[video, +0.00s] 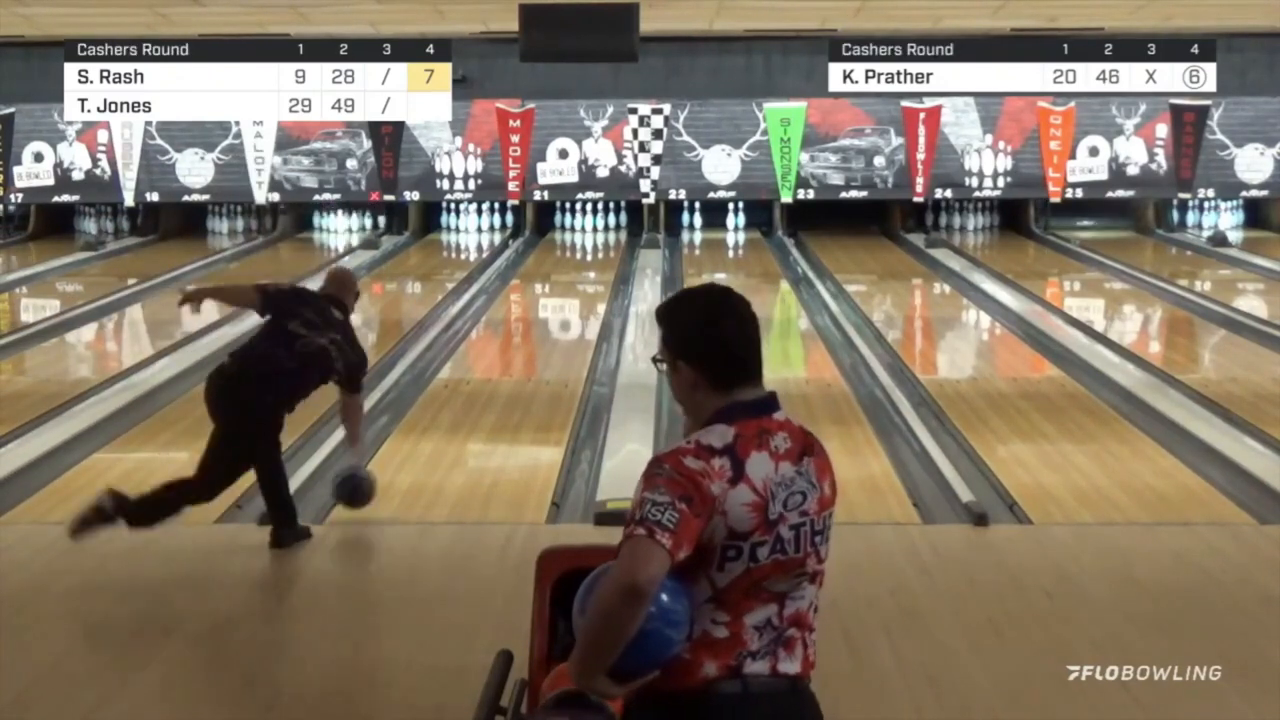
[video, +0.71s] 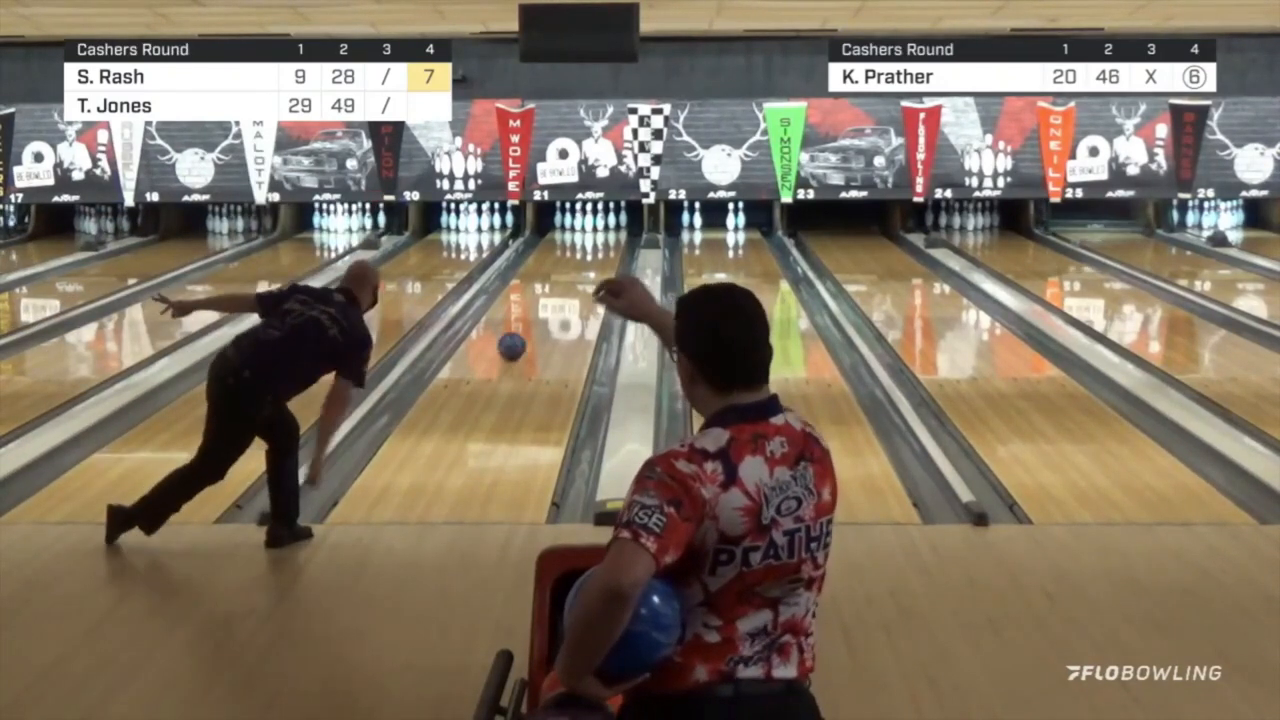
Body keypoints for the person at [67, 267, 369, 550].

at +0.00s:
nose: (355, 299)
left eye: (347, 291)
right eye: (355, 295)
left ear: (324, 287)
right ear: (352, 299)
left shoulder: (296, 297)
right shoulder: (350, 350)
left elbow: (248, 295)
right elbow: (351, 407)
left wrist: (205, 292)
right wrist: (356, 444)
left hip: (221, 385)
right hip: (257, 410)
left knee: (267, 450)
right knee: (205, 486)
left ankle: (285, 529)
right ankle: (122, 508)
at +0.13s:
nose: (358, 301)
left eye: (350, 296)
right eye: (359, 300)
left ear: (329, 297)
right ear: (359, 312)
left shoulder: (302, 302)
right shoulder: (359, 342)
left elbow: (271, 283)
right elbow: (377, 316)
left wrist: (241, 257)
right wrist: (378, 266)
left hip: (222, 381)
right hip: (248, 412)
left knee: (274, 433)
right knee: (188, 477)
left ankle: (285, 525)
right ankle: (100, 447)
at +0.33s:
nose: (378, 297)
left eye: (374, 291)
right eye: (375, 293)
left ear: (343, 292)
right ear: (363, 299)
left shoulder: (303, 298)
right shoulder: (363, 330)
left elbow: (248, 283)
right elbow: (410, 332)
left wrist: (199, 264)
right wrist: (421, 284)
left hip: (226, 372)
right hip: (247, 392)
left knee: (281, 430)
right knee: (202, 473)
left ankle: (282, 526)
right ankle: (104, 470)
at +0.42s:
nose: (375, 301)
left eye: (374, 296)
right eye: (375, 296)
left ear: (341, 289)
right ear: (367, 297)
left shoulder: (301, 297)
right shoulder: (359, 328)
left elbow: (240, 291)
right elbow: (408, 363)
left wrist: (181, 280)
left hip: (225, 372)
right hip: (248, 390)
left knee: (285, 431)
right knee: (206, 471)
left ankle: (283, 526)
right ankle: (120, 511)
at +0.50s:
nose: (373, 301)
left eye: (372, 295)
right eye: (374, 296)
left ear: (341, 287)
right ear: (367, 296)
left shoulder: (301, 297)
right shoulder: (358, 331)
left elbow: (240, 298)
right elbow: (391, 383)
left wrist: (181, 292)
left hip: (224, 373)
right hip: (246, 390)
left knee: (286, 431)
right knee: (211, 471)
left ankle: (283, 526)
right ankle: (125, 511)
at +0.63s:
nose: (375, 295)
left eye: (374, 290)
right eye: (375, 290)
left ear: (341, 285)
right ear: (370, 294)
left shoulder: (304, 296)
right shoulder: (359, 340)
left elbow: (245, 302)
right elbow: (355, 408)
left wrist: (191, 304)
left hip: (225, 366)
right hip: (249, 390)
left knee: (285, 434)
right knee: (210, 469)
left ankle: (283, 526)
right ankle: (131, 516)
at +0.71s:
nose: (377, 296)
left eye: (376, 290)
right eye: (377, 290)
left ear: (342, 284)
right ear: (372, 293)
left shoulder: (304, 293)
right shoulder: (358, 337)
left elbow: (245, 302)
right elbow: (333, 407)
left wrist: (193, 304)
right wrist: (318, 461)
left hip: (225, 366)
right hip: (250, 390)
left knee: (285, 435)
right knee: (209, 466)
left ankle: (283, 526)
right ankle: (131, 517)